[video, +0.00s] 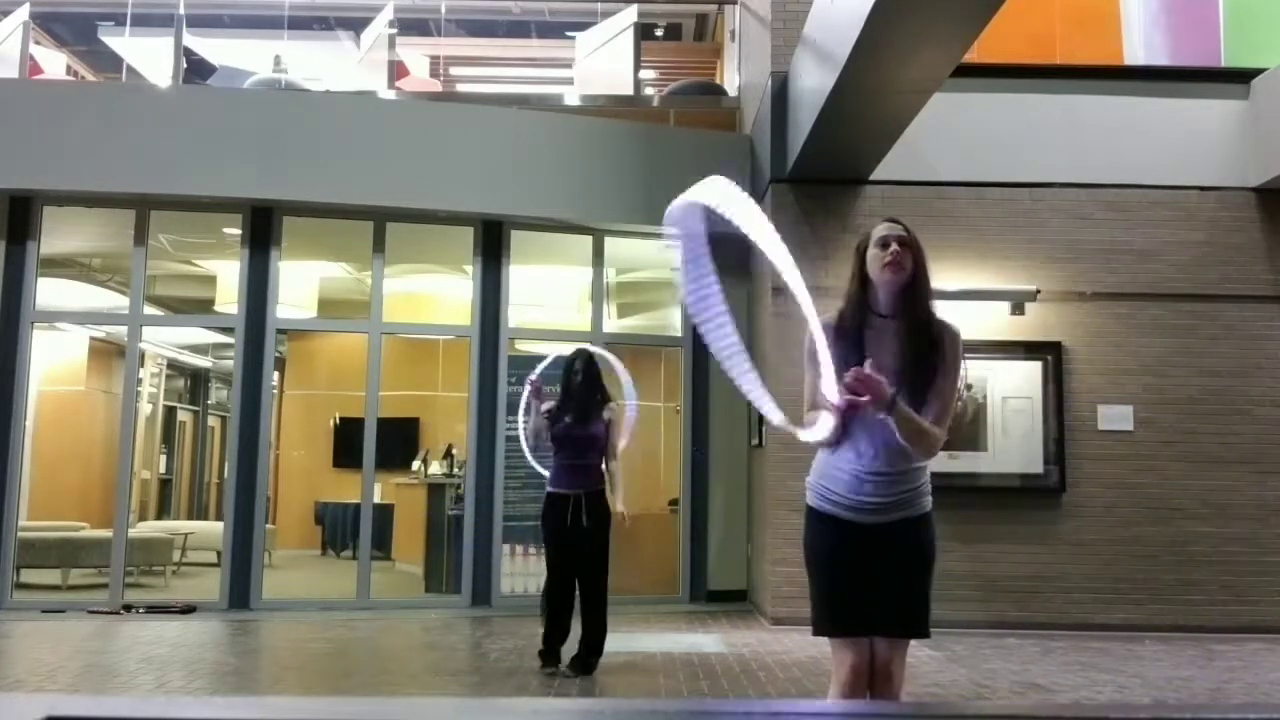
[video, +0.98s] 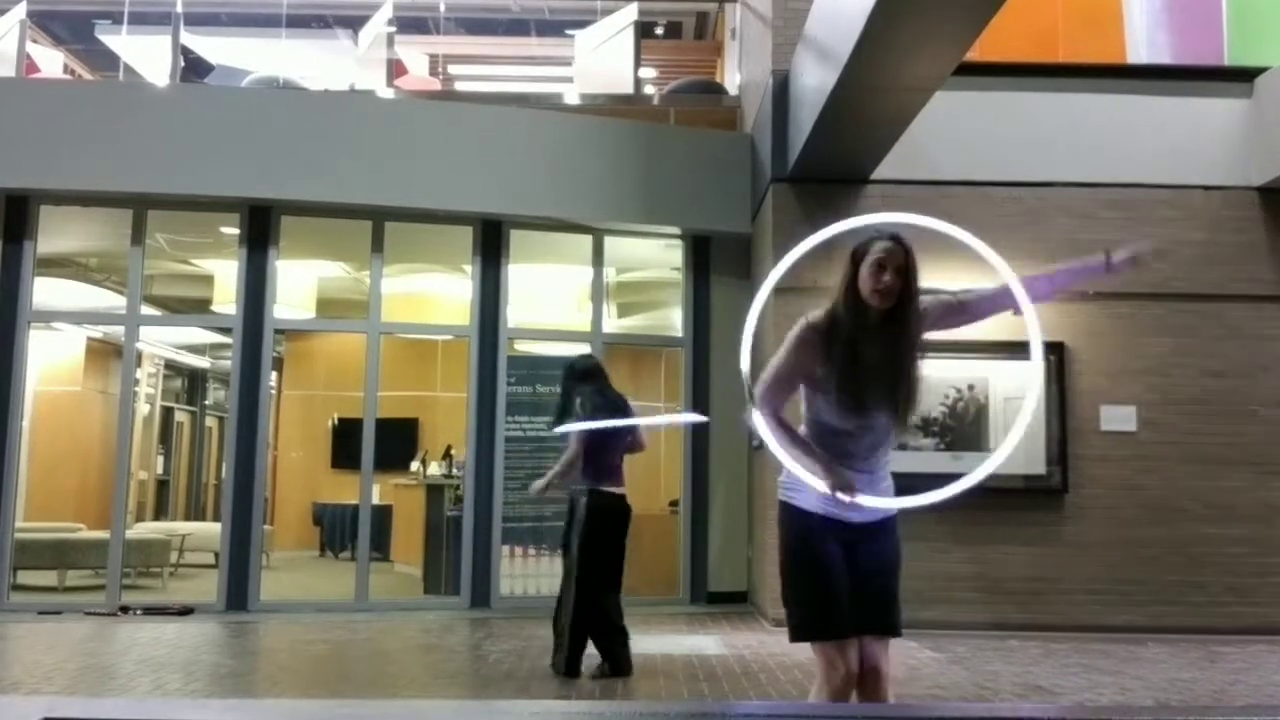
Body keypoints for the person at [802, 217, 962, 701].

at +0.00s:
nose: (895, 249)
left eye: (904, 244)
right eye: (882, 244)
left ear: (917, 263)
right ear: (864, 263)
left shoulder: (942, 338)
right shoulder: (829, 334)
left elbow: (931, 443)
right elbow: (819, 430)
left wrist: (888, 402)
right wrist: (838, 410)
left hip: (905, 513)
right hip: (835, 511)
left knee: (888, 669)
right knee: (853, 666)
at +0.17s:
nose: (899, 254)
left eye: (908, 248)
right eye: (888, 247)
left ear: (919, 264)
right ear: (867, 264)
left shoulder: (943, 342)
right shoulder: (833, 332)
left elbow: (941, 441)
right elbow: (825, 430)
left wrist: (914, 469)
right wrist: (805, 368)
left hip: (902, 511)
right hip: (834, 508)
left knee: (891, 666)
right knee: (857, 667)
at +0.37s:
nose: (901, 255)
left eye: (911, 247)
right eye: (889, 246)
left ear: (923, 262)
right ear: (868, 259)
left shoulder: (940, 341)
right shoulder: (827, 325)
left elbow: (948, 440)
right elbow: (743, 367)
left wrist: (957, 531)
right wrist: (769, 306)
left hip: (901, 512)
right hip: (833, 509)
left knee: (890, 670)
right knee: (855, 672)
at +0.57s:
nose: (898, 261)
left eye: (907, 251)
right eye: (886, 252)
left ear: (918, 262)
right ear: (863, 261)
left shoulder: (931, 332)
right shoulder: (829, 313)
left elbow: (983, 403)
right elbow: (731, 313)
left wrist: (1025, 462)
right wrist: (759, 287)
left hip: (895, 504)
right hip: (827, 502)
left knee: (887, 670)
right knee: (850, 670)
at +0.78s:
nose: (891, 274)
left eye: (902, 266)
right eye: (880, 262)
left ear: (913, 275)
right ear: (858, 267)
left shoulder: (921, 325)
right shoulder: (819, 322)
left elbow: (1002, 338)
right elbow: (745, 333)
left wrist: (1076, 346)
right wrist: (754, 390)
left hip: (887, 512)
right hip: (821, 509)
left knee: (879, 671)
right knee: (841, 672)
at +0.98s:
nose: (887, 279)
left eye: (898, 271)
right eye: (878, 267)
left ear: (909, 280)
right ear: (855, 271)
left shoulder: (910, 323)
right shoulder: (818, 332)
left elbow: (1004, 297)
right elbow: (764, 405)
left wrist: (1101, 268)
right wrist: (821, 469)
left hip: (876, 507)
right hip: (813, 506)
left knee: (874, 667)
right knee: (840, 669)